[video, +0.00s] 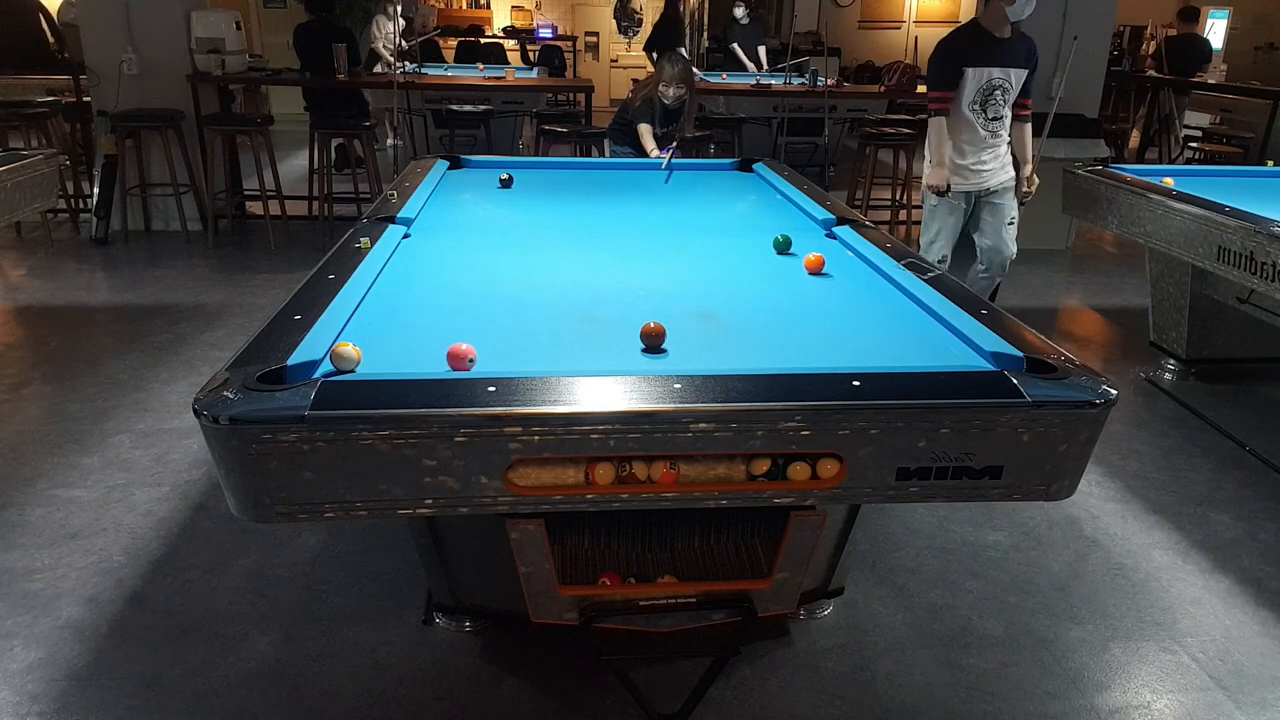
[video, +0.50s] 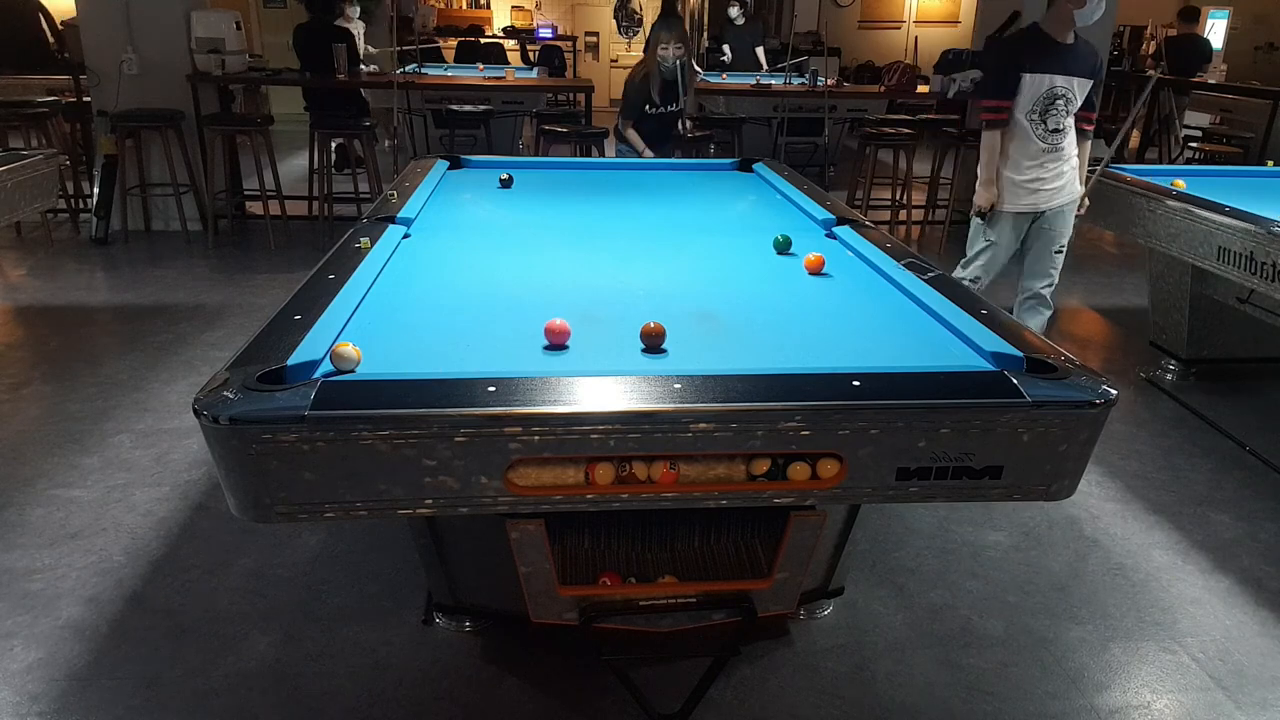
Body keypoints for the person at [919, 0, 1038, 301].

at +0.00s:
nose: (1018, 3)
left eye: (1019, 0)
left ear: (1014, 4)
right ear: (989, 2)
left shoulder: (1026, 49)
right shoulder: (951, 47)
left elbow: (1022, 113)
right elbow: (937, 110)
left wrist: (1026, 164)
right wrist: (938, 166)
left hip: (999, 175)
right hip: (950, 174)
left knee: (1000, 253)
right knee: (934, 260)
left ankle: (968, 322)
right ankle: (919, 328)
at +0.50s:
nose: (1085, 5)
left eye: (1087, 1)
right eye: (1078, 1)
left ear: (1084, 7)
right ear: (1059, 2)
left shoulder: (1090, 58)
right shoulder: (1009, 49)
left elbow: (1084, 128)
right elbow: (992, 122)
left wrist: (1079, 185)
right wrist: (985, 184)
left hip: (1061, 195)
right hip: (1008, 194)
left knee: (1039, 293)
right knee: (970, 282)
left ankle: (1025, 369)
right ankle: (929, 351)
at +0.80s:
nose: (1141, 7)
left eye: (1142, 2)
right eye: (1134, 1)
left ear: (1122, 6)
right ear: (1110, 2)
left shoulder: (1133, 66)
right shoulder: (1048, 56)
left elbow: (1127, 140)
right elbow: (1028, 131)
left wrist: (1138, 195)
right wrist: (1025, 193)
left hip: (1091, 202)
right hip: (1041, 197)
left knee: (1057, 297)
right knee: (1035, 298)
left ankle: (1036, 366)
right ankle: (1012, 374)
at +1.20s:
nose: (1192, 9)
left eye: (1193, 4)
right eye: (1187, 3)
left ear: (1176, 8)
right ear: (1167, 2)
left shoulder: (1186, 65)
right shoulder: (1097, 58)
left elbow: (1175, 147)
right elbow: (1080, 142)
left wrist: (1176, 207)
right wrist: (1083, 210)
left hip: (1139, 218)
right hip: (1086, 215)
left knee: (1111, 321)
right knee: (1074, 329)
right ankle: (1065, 436)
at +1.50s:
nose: (1243, 11)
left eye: (1244, 5)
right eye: (1238, 3)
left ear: (1225, 7)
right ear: (1213, 2)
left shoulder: (1229, 71)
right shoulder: (1138, 58)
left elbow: (1213, 156)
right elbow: (1119, 149)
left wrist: (1207, 223)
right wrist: (1119, 224)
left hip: (1186, 234)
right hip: (1118, 230)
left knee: (1187, 344)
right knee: (1089, 341)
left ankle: (1157, 448)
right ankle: (1066, 436)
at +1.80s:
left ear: (1267, 17)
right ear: (1269, 16)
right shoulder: (1223, 61)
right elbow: (1191, 153)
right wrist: (1173, 236)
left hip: (1264, 253)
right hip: (1198, 246)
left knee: (1246, 379)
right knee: (1142, 355)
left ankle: (1216, 487)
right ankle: (1079, 426)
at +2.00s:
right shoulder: (1258, 67)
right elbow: (1226, 161)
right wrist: (1223, 244)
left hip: (1274, 255)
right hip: (1231, 247)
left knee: (1259, 386)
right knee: (1215, 372)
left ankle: (1215, 487)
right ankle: (1156, 449)